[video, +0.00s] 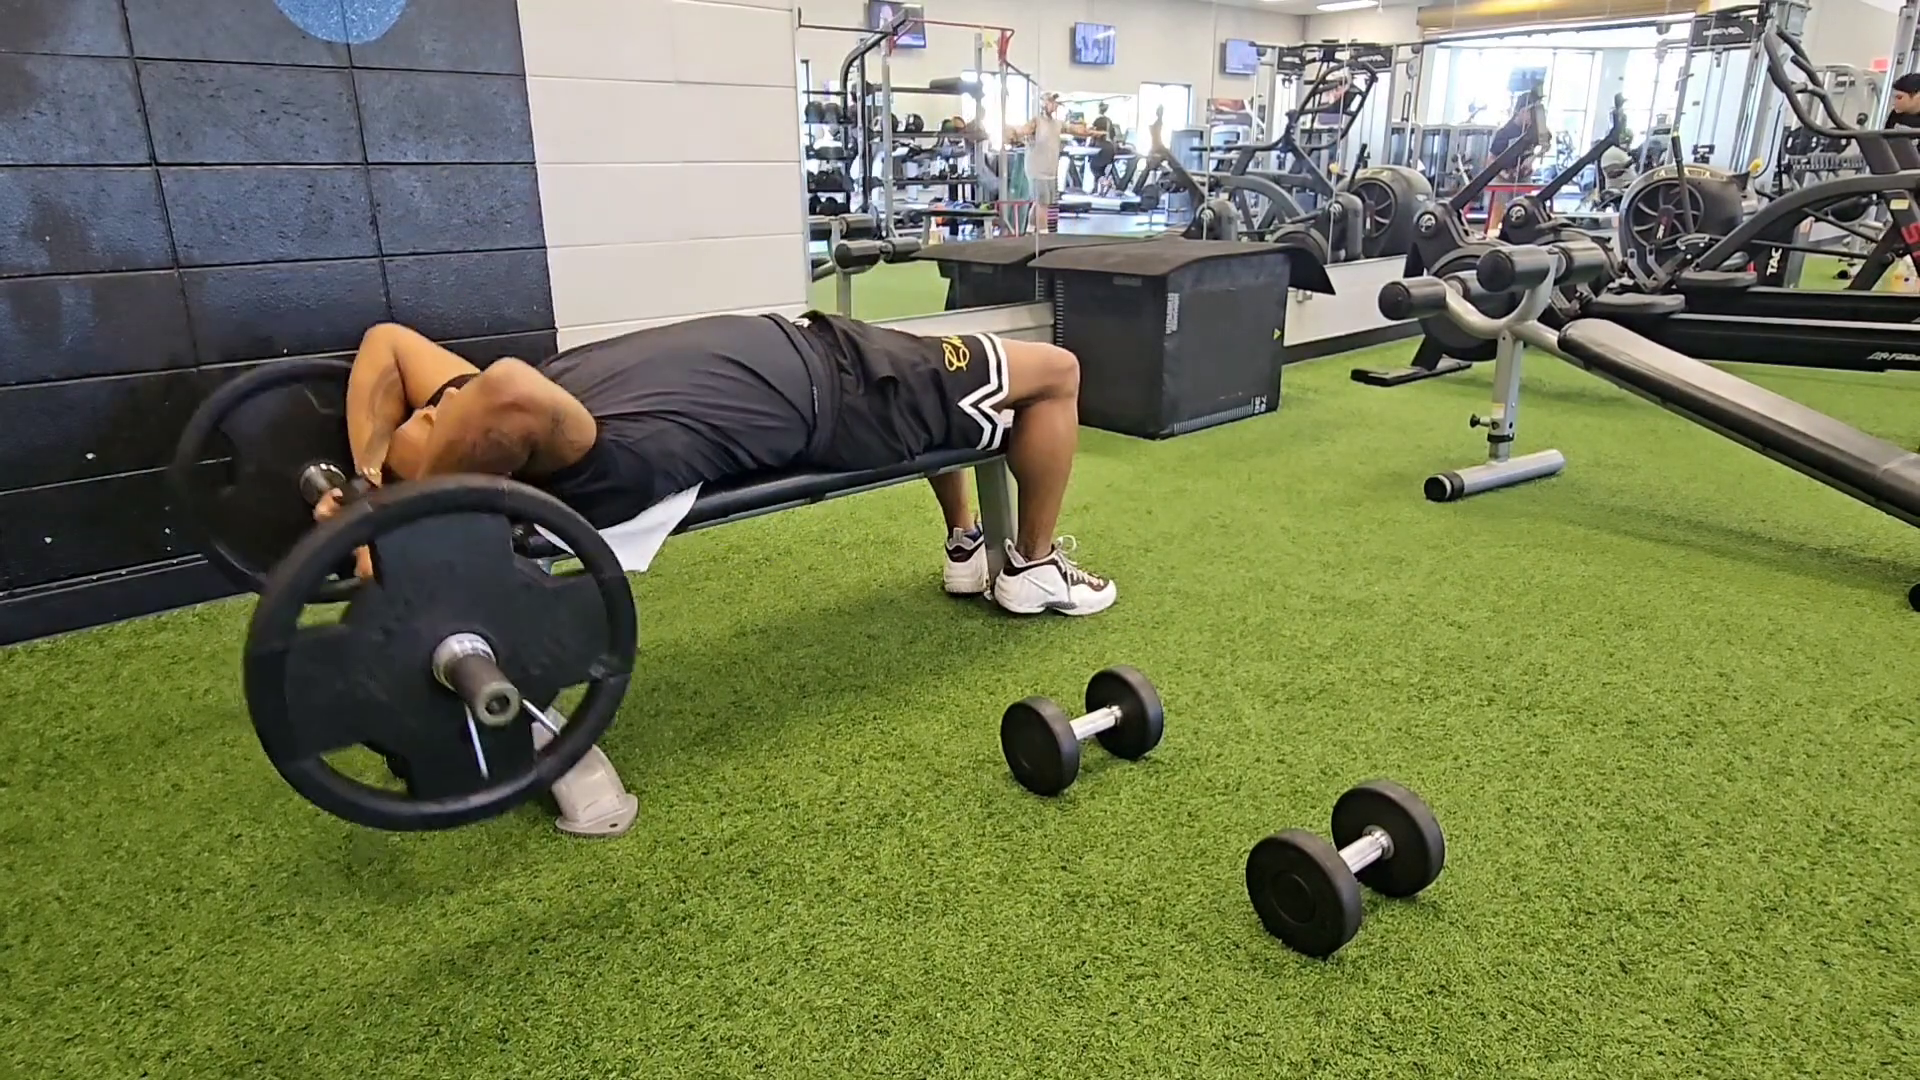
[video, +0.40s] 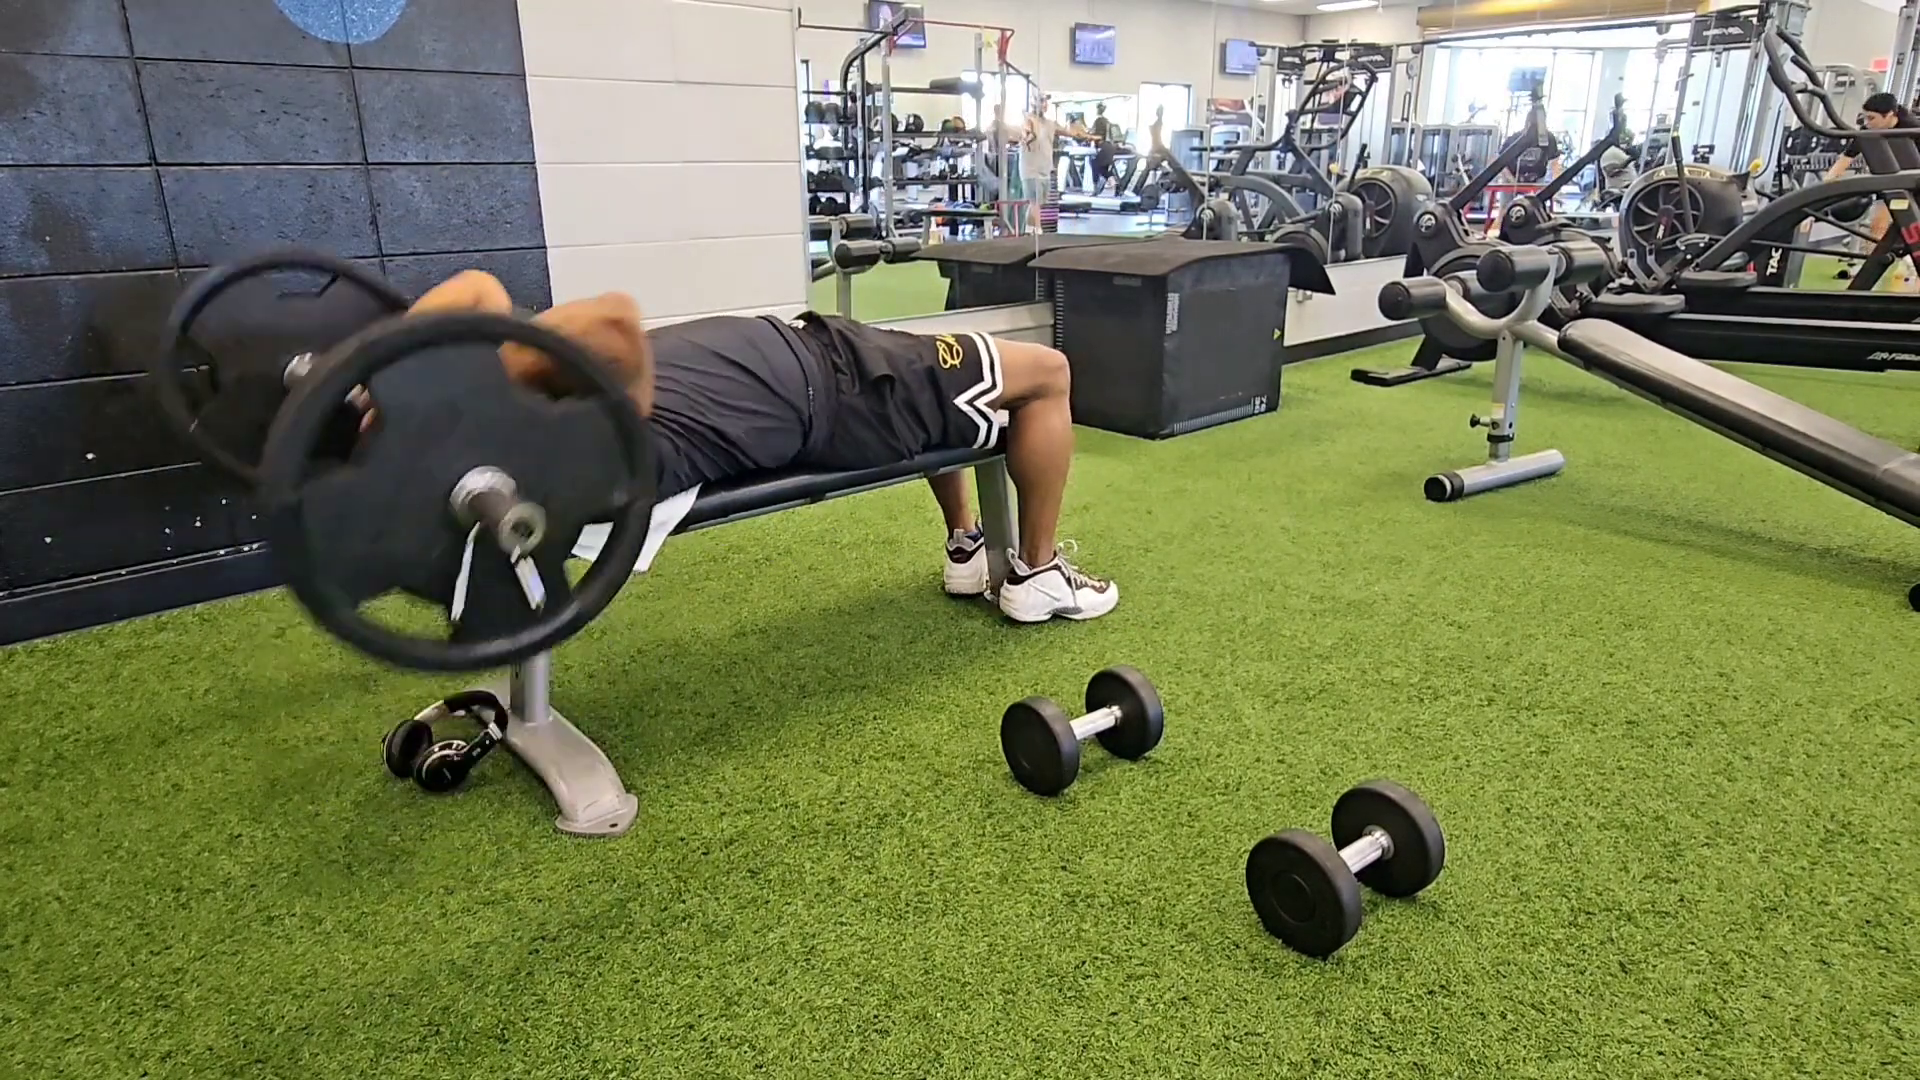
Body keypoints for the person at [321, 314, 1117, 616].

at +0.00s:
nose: (432, 412)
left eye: (423, 422)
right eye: (431, 425)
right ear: (481, 483)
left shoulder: (444, 435)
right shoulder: (587, 470)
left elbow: (383, 338)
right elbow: (513, 388)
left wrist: (365, 477)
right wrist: (397, 492)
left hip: (769, 340)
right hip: (833, 381)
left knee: (923, 344)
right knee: (1055, 372)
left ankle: (970, 543)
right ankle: (1032, 568)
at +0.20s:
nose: (427, 406)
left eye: (425, 420)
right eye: (443, 415)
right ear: (510, 465)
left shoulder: (465, 424)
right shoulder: (605, 464)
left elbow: (381, 333)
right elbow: (506, 375)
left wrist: (374, 475)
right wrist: (406, 492)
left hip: (773, 338)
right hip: (837, 381)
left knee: (928, 343)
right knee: (1053, 371)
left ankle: (971, 544)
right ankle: (1033, 570)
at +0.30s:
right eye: (552, 370)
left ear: (494, 444)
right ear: (526, 454)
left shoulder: (506, 409)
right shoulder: (622, 459)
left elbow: (417, 304)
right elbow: (541, 329)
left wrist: (361, 453)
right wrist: (442, 431)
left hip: (779, 340)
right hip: (843, 386)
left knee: (925, 353)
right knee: (1053, 369)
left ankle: (970, 541)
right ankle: (1034, 568)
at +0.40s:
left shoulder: (453, 421)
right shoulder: (591, 453)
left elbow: (474, 282)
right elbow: (610, 321)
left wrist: (387, 382)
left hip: (761, 345)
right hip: (821, 385)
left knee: (918, 353)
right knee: (1046, 370)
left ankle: (968, 547)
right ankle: (1041, 574)